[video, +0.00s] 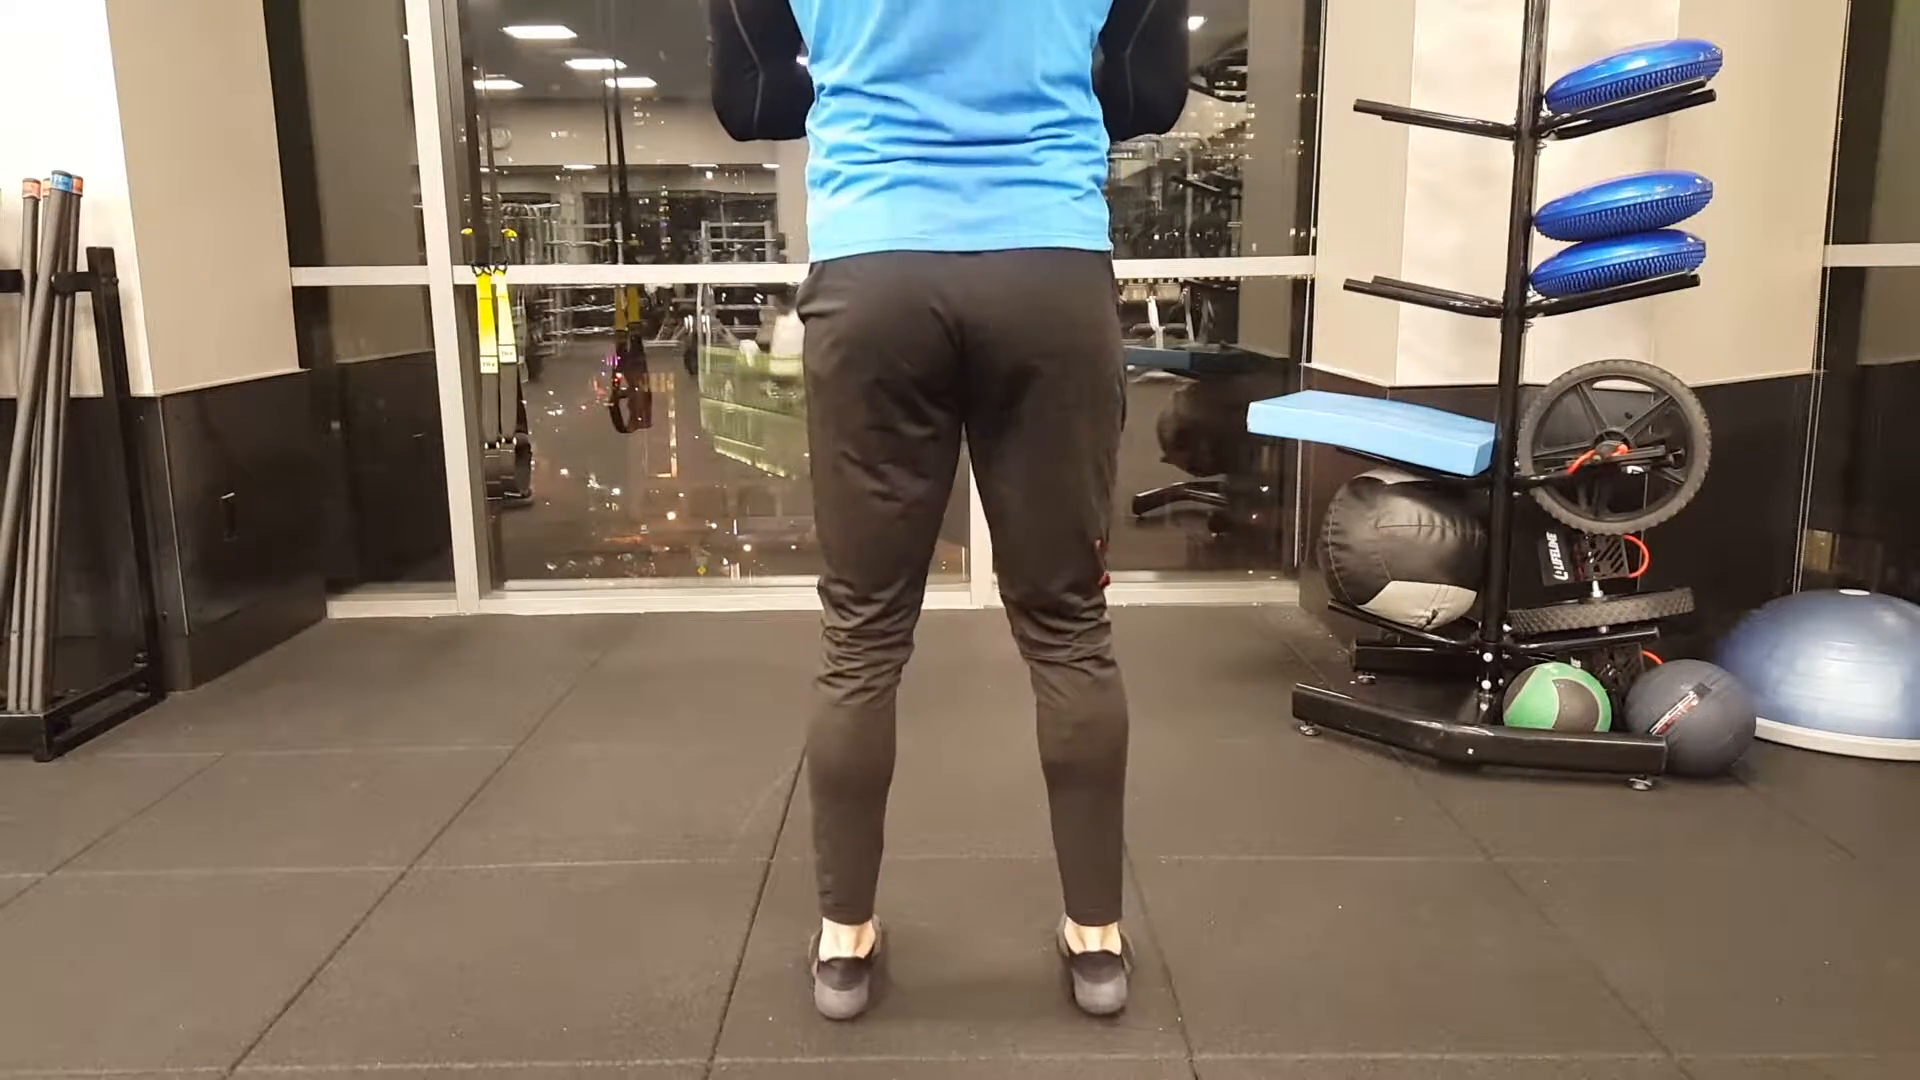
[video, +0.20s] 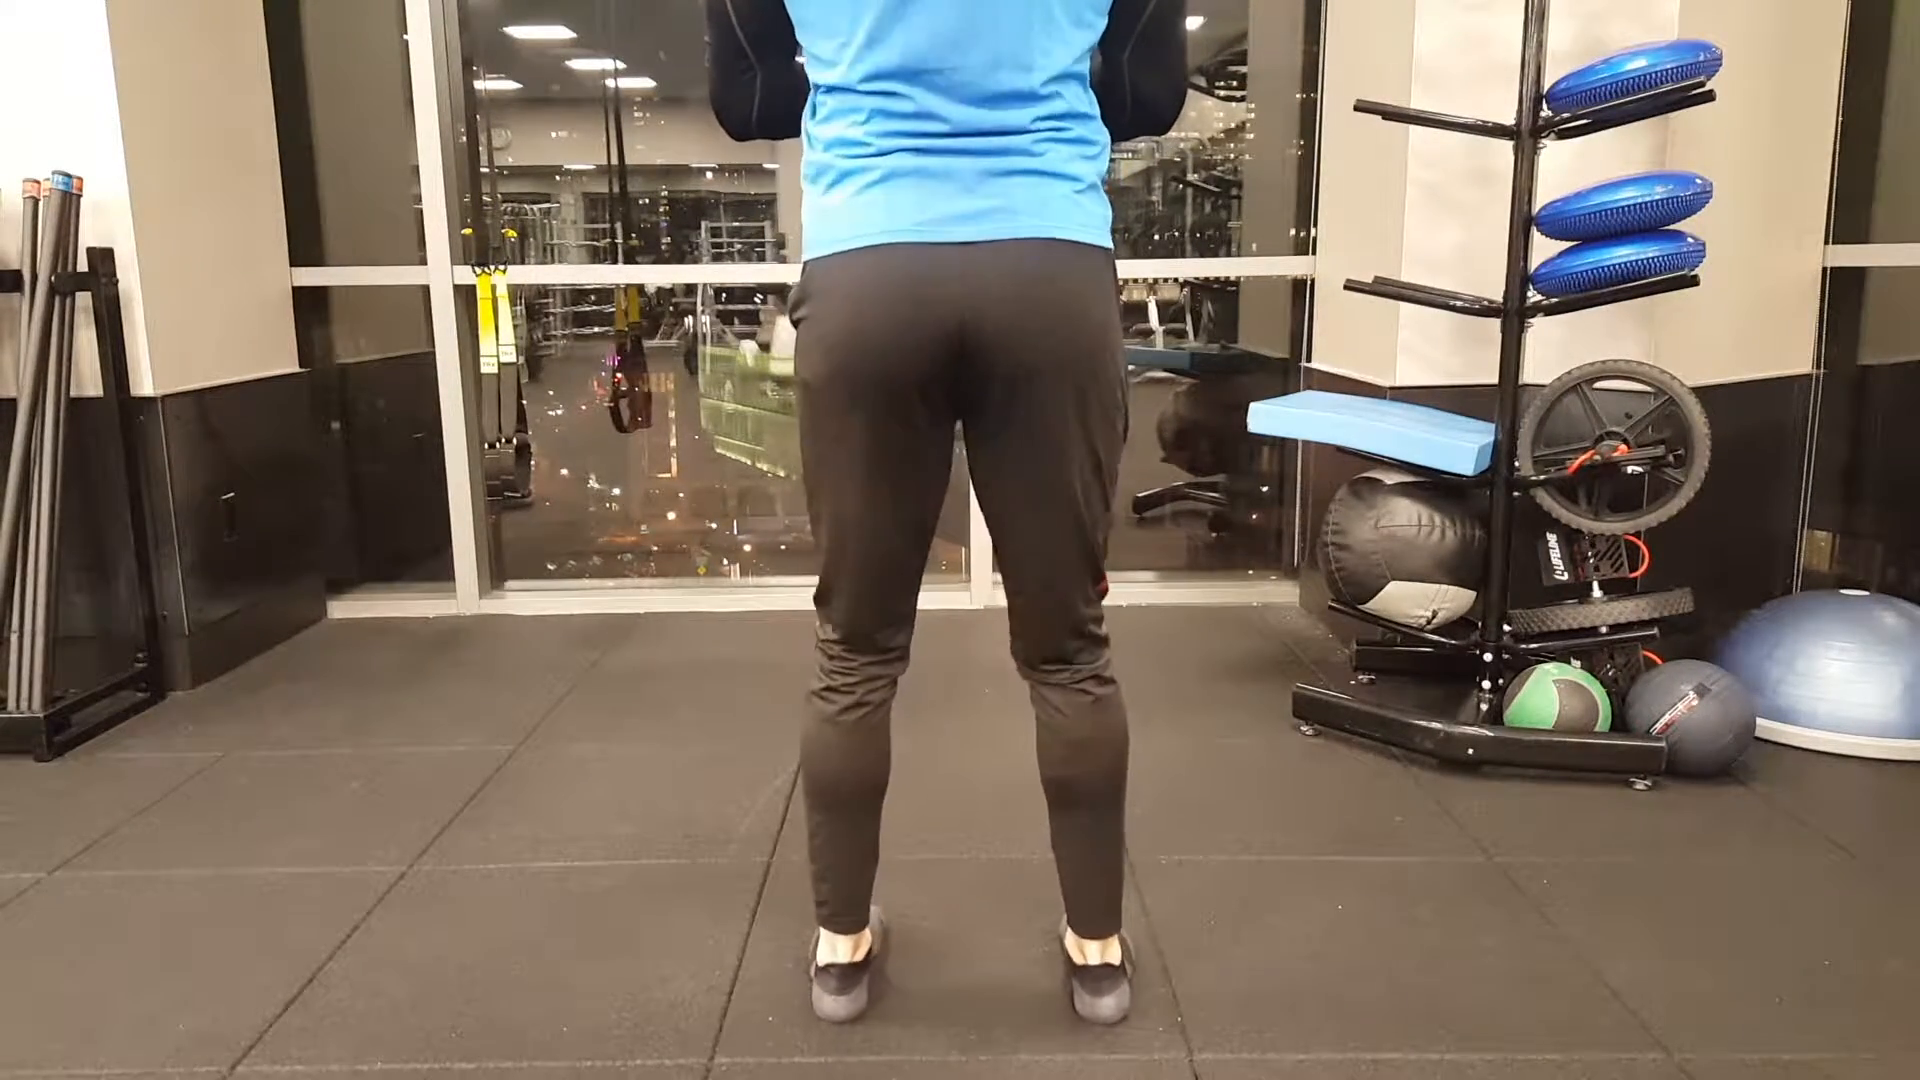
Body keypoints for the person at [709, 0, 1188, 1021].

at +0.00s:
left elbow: (751, 104)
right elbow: (1149, 97)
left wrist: (878, 86)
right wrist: (1021, 100)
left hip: (871, 266)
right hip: (1052, 267)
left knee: (861, 631)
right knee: (1066, 619)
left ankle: (845, 947)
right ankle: (1096, 945)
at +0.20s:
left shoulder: (788, 1)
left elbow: (750, 106)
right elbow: (1148, 100)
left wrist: (870, 59)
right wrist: (1020, 84)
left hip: (866, 268)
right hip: (1052, 267)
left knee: (855, 647)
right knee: (1066, 644)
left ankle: (840, 953)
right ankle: (1097, 957)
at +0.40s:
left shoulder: (782, 2)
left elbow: (752, 113)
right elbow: (1146, 105)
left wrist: (875, 73)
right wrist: (1015, 89)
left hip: (860, 276)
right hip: (1051, 276)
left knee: (850, 651)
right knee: (1072, 645)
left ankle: (840, 952)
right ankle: (1100, 956)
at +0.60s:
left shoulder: (780, 3)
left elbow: (761, 126)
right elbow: (1144, 118)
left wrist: (890, 97)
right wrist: (1014, 100)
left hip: (858, 289)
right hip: (1056, 287)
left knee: (846, 658)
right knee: (1078, 655)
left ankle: (839, 953)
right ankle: (1102, 958)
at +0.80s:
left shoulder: (769, 5)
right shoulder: (1129, 4)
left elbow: (773, 156)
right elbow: (1137, 152)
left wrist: (892, 102)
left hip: (856, 309)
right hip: (1065, 310)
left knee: (840, 664)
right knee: (1085, 661)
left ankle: (839, 955)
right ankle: (1103, 960)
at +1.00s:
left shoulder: (769, 5)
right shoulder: (1132, 2)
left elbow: (774, 171)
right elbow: (1138, 165)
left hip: (853, 311)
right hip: (1068, 312)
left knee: (841, 672)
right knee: (1089, 670)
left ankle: (838, 956)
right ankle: (1106, 959)